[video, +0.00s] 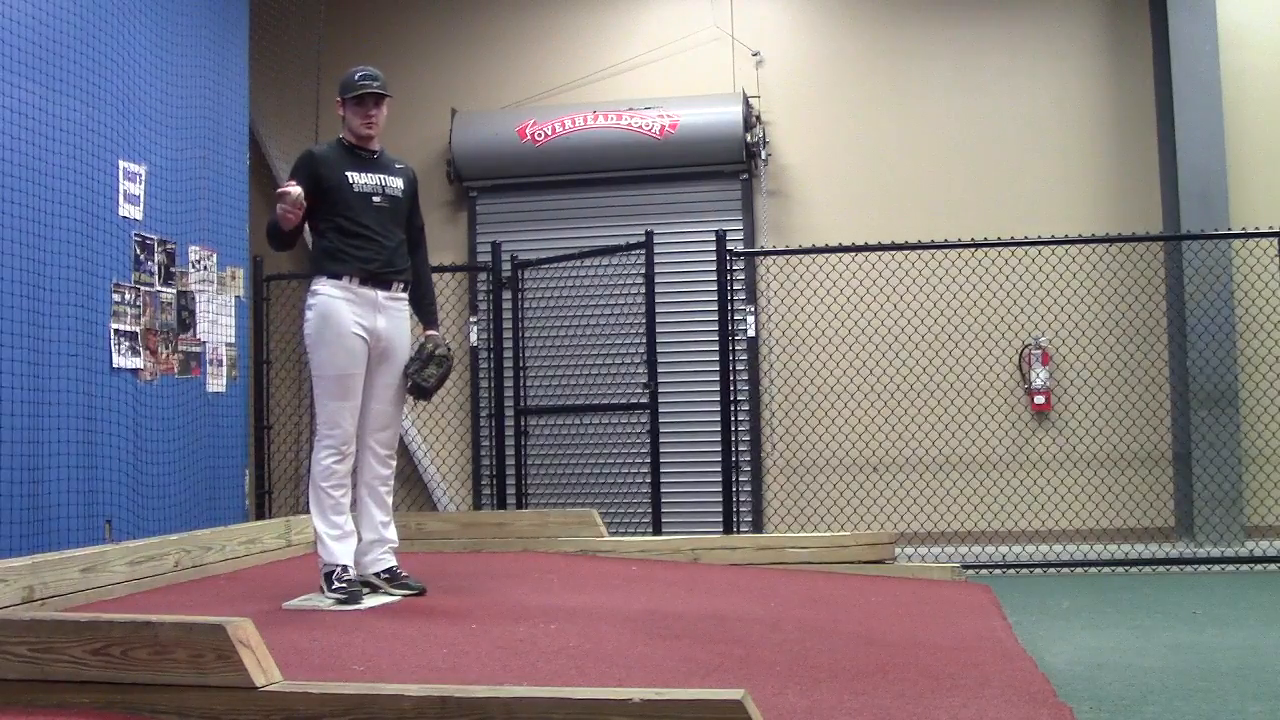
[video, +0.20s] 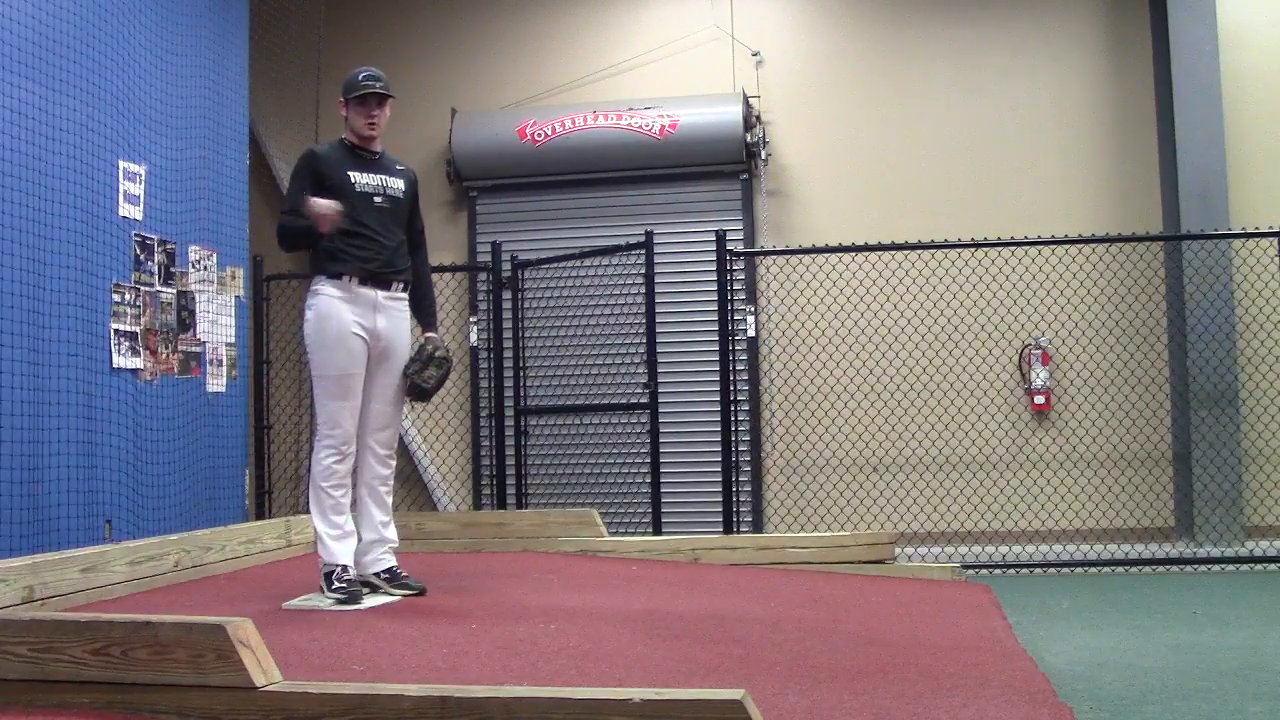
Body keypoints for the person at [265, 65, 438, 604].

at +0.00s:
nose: (370, 112)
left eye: (377, 103)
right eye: (361, 103)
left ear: (388, 109)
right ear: (341, 108)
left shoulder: (402, 174)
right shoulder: (316, 162)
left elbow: (417, 254)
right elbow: (280, 241)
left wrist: (430, 323)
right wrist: (285, 219)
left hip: (395, 308)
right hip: (338, 303)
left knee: (381, 443)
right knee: (337, 440)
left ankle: (377, 561)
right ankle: (337, 564)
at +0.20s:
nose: (374, 112)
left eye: (380, 103)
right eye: (364, 103)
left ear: (390, 110)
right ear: (344, 109)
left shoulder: (403, 175)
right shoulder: (317, 162)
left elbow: (417, 255)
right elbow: (287, 234)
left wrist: (428, 323)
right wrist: (311, 219)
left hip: (395, 308)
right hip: (337, 303)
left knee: (381, 441)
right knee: (338, 438)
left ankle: (378, 561)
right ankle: (337, 564)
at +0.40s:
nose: (373, 112)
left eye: (380, 104)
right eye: (363, 104)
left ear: (390, 110)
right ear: (344, 109)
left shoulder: (403, 176)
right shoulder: (320, 161)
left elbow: (416, 256)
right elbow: (294, 228)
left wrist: (426, 325)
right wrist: (364, 218)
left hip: (395, 308)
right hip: (338, 302)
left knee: (381, 441)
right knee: (338, 438)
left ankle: (377, 562)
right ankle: (337, 565)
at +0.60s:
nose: (373, 112)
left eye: (380, 104)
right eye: (363, 104)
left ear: (390, 110)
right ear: (344, 109)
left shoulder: (401, 177)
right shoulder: (320, 161)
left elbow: (414, 257)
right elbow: (300, 230)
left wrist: (424, 326)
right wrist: (372, 216)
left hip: (394, 308)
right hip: (338, 301)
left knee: (379, 440)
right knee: (338, 437)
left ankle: (376, 561)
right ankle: (336, 564)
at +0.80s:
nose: (373, 112)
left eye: (380, 104)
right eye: (363, 104)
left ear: (391, 111)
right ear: (344, 110)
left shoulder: (401, 177)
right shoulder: (320, 162)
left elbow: (413, 259)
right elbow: (298, 231)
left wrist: (422, 328)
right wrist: (367, 215)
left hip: (395, 308)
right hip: (338, 302)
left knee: (379, 441)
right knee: (338, 438)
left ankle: (376, 561)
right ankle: (336, 564)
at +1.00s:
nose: (373, 113)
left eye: (380, 104)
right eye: (363, 104)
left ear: (391, 111)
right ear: (345, 110)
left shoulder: (402, 177)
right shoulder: (320, 163)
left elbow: (415, 259)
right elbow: (299, 232)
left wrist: (423, 330)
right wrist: (366, 216)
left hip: (395, 310)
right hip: (338, 303)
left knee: (378, 440)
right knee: (337, 438)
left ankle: (376, 561)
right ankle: (335, 564)